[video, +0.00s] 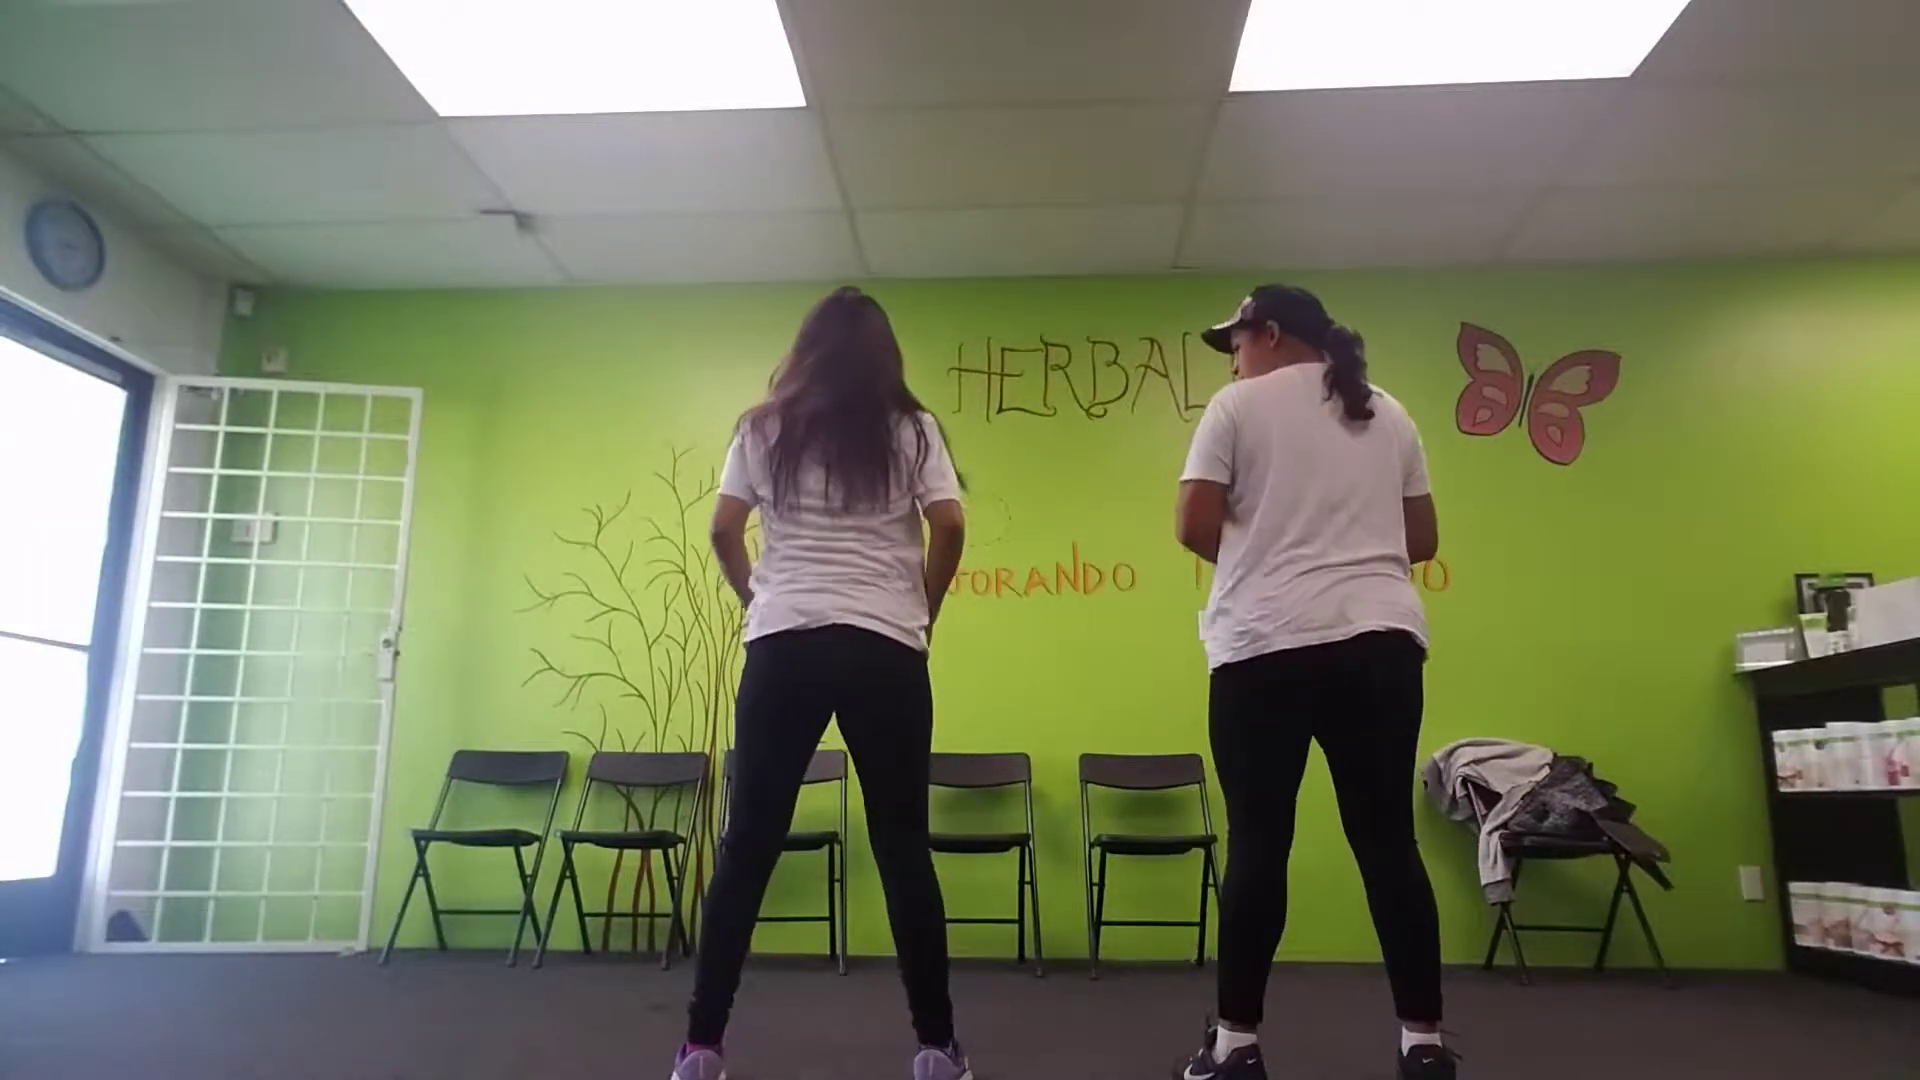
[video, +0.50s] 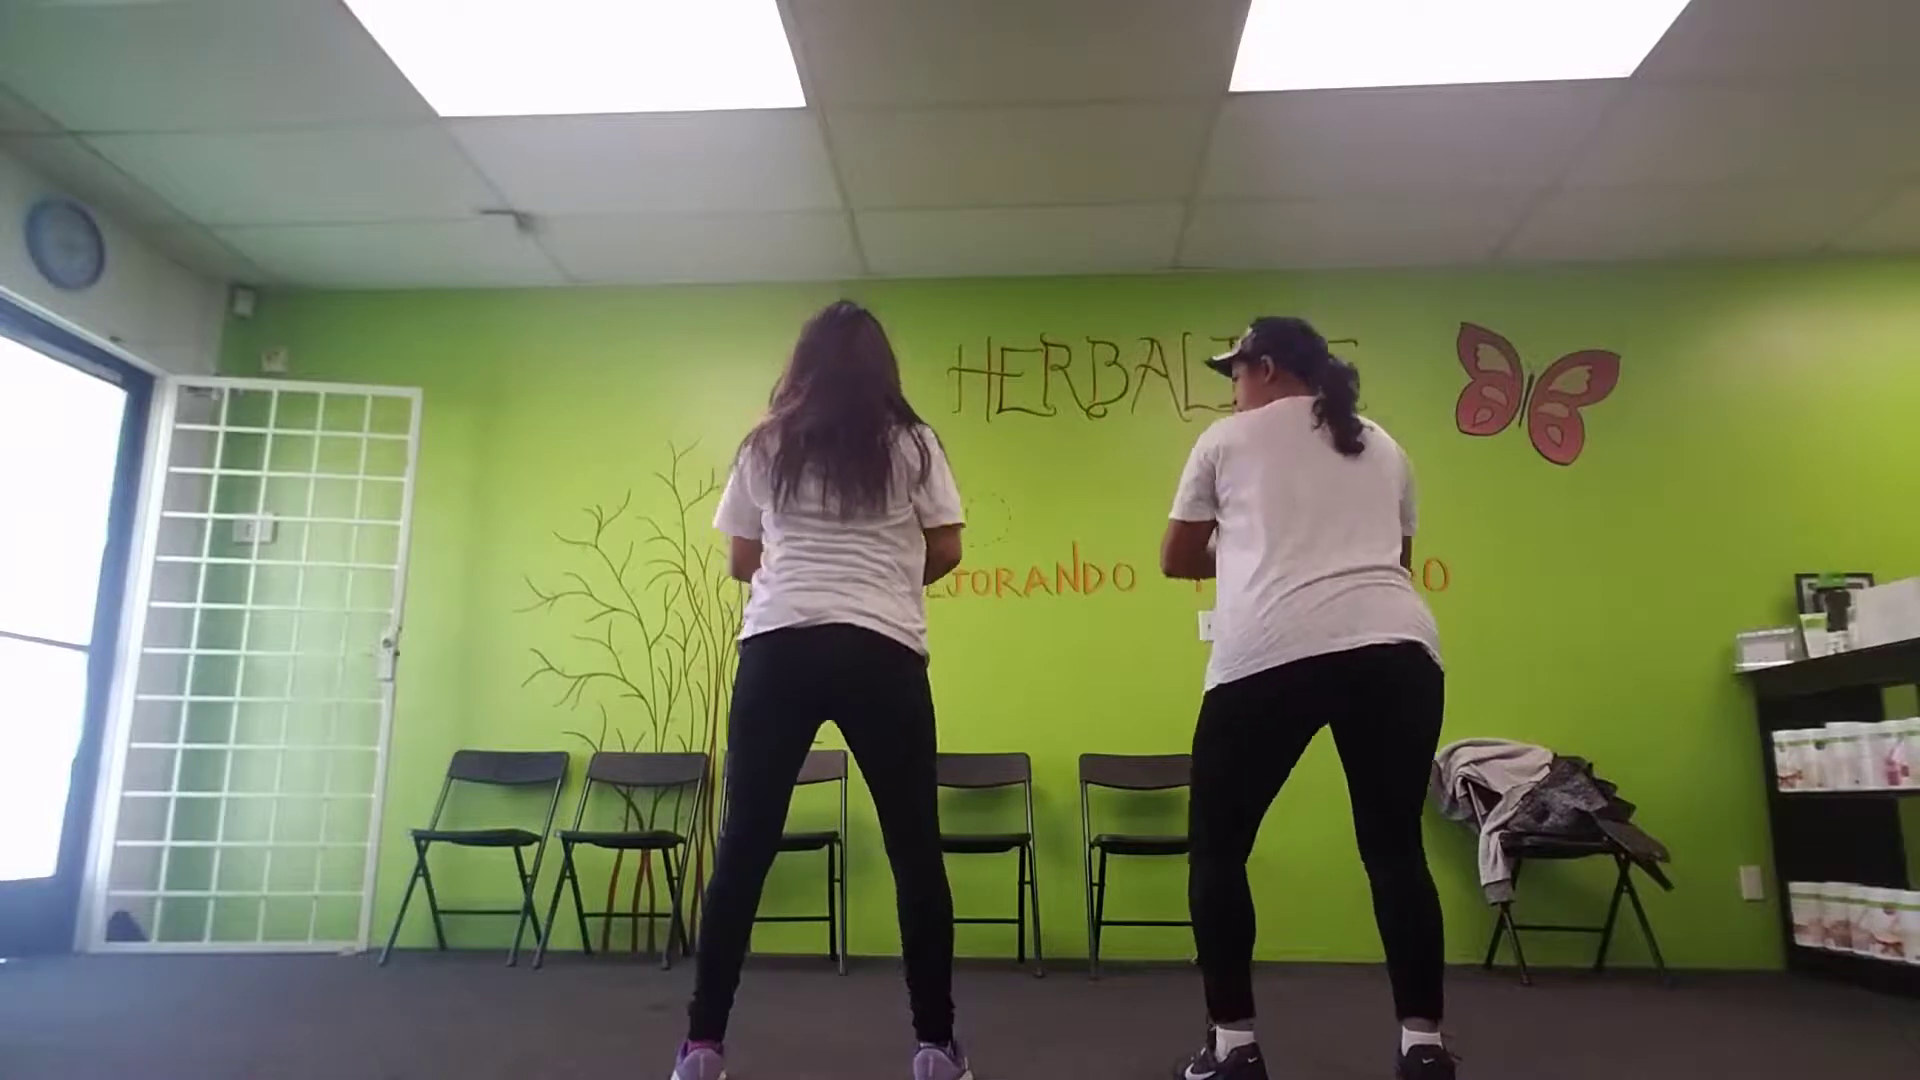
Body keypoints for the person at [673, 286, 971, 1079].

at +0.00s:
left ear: (804, 351)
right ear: (886, 356)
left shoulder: (764, 424)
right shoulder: (914, 425)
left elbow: (725, 529)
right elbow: (950, 527)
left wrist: (759, 599)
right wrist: (923, 609)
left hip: (783, 646)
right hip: (885, 648)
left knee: (747, 847)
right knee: (904, 847)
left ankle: (701, 1050)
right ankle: (937, 1052)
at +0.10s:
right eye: (881, 344)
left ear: (802, 352)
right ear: (883, 356)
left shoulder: (762, 426)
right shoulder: (912, 426)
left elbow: (720, 530)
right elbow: (949, 526)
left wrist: (748, 599)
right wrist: (929, 618)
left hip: (783, 649)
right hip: (884, 651)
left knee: (748, 847)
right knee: (902, 852)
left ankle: (700, 1050)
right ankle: (939, 1053)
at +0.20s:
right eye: (879, 344)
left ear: (800, 351)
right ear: (882, 355)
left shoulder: (760, 425)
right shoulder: (910, 424)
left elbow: (719, 531)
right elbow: (947, 525)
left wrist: (750, 596)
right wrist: (924, 613)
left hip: (781, 648)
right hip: (883, 650)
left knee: (746, 844)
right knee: (901, 849)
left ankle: (701, 1049)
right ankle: (938, 1051)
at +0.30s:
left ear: (800, 352)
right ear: (883, 357)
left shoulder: (761, 426)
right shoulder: (911, 425)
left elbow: (718, 532)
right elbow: (948, 527)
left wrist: (763, 590)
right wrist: (915, 596)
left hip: (779, 647)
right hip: (881, 649)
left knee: (745, 845)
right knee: (904, 851)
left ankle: (701, 1050)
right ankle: (937, 1051)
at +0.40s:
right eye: (880, 350)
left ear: (800, 353)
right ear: (883, 358)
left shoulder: (763, 429)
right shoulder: (912, 427)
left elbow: (727, 542)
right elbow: (948, 534)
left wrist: (786, 580)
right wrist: (899, 584)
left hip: (778, 643)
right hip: (881, 645)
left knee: (747, 845)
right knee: (907, 851)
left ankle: (700, 1050)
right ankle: (936, 1051)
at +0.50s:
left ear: (800, 367)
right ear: (885, 369)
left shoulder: (766, 441)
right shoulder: (916, 440)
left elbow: (744, 561)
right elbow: (945, 551)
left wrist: (817, 569)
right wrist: (879, 578)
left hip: (778, 648)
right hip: (881, 649)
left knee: (745, 844)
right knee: (916, 848)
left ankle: (702, 1048)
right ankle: (935, 1050)